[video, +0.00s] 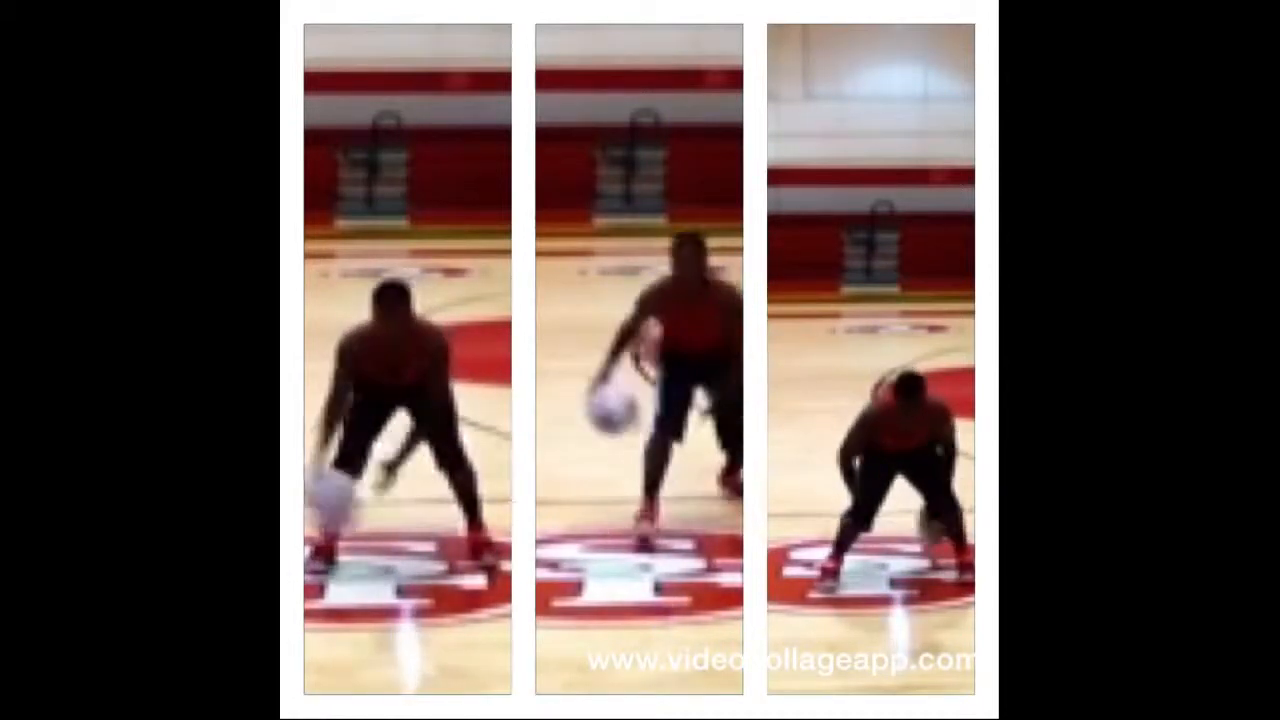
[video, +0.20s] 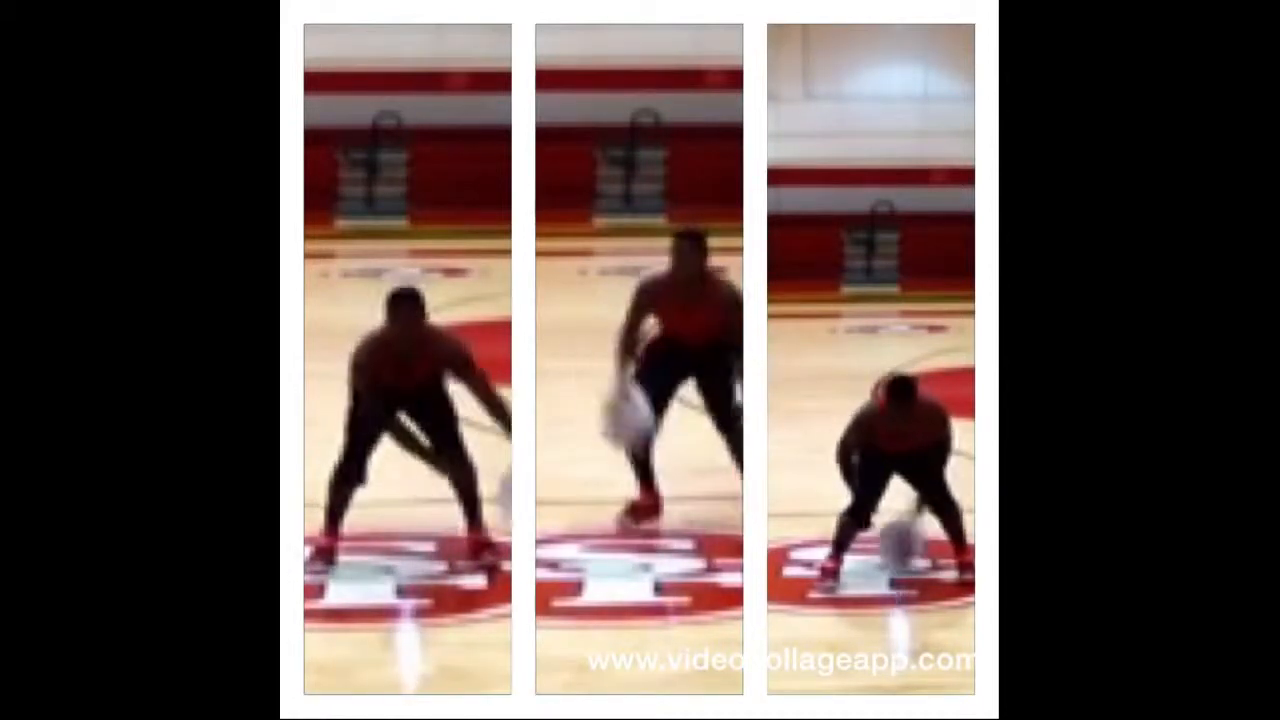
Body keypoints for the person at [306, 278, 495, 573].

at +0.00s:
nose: (391, 328)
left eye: (398, 319)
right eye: (385, 319)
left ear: (409, 314)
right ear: (375, 314)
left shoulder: (431, 342)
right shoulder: (355, 345)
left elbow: (428, 417)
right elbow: (337, 400)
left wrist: (397, 461)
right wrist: (320, 454)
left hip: (424, 394)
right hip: (374, 395)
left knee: (452, 458)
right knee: (348, 458)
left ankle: (477, 530)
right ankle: (328, 540)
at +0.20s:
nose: (408, 332)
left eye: (414, 322)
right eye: (400, 323)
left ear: (423, 319)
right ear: (388, 321)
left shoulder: (440, 345)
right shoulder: (369, 355)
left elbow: (481, 387)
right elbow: (389, 421)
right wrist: (432, 459)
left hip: (425, 396)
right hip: (376, 400)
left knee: (458, 462)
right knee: (350, 468)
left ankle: (477, 533)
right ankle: (329, 537)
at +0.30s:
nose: (406, 329)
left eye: (413, 319)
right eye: (398, 320)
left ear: (423, 317)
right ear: (387, 319)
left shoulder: (442, 345)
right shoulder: (367, 354)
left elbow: (473, 392)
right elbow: (380, 423)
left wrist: (496, 437)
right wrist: (415, 468)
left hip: (423, 392)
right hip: (376, 396)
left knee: (455, 456)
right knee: (356, 462)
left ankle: (477, 530)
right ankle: (330, 534)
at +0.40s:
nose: (400, 330)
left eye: (407, 320)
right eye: (393, 320)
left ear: (417, 315)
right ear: (381, 317)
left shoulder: (439, 344)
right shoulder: (360, 350)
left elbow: (440, 410)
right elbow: (355, 413)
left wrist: (413, 460)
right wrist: (356, 460)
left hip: (423, 392)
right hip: (374, 393)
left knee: (452, 454)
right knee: (351, 457)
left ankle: (476, 530)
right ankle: (330, 531)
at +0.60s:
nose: (394, 333)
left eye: (401, 324)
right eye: (387, 324)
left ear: (412, 318)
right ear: (377, 319)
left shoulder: (435, 344)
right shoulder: (356, 350)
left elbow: (427, 417)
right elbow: (343, 414)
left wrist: (399, 468)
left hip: (424, 396)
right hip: (375, 397)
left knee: (454, 460)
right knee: (349, 462)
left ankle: (476, 532)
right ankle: (327, 543)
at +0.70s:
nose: (402, 329)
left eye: (408, 319)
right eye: (394, 320)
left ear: (418, 314)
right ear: (384, 317)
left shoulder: (440, 344)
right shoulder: (367, 350)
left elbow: (450, 410)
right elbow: (380, 423)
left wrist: (445, 456)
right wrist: (413, 474)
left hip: (425, 396)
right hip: (376, 398)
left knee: (459, 459)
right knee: (348, 465)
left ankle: (478, 535)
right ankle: (329, 538)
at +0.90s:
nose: (410, 332)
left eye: (415, 323)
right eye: (402, 324)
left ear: (425, 318)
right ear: (390, 320)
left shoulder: (445, 347)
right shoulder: (368, 351)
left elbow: (463, 399)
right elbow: (375, 423)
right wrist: (405, 471)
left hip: (418, 393)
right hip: (373, 396)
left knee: (454, 457)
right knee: (352, 464)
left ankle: (480, 536)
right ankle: (329, 537)